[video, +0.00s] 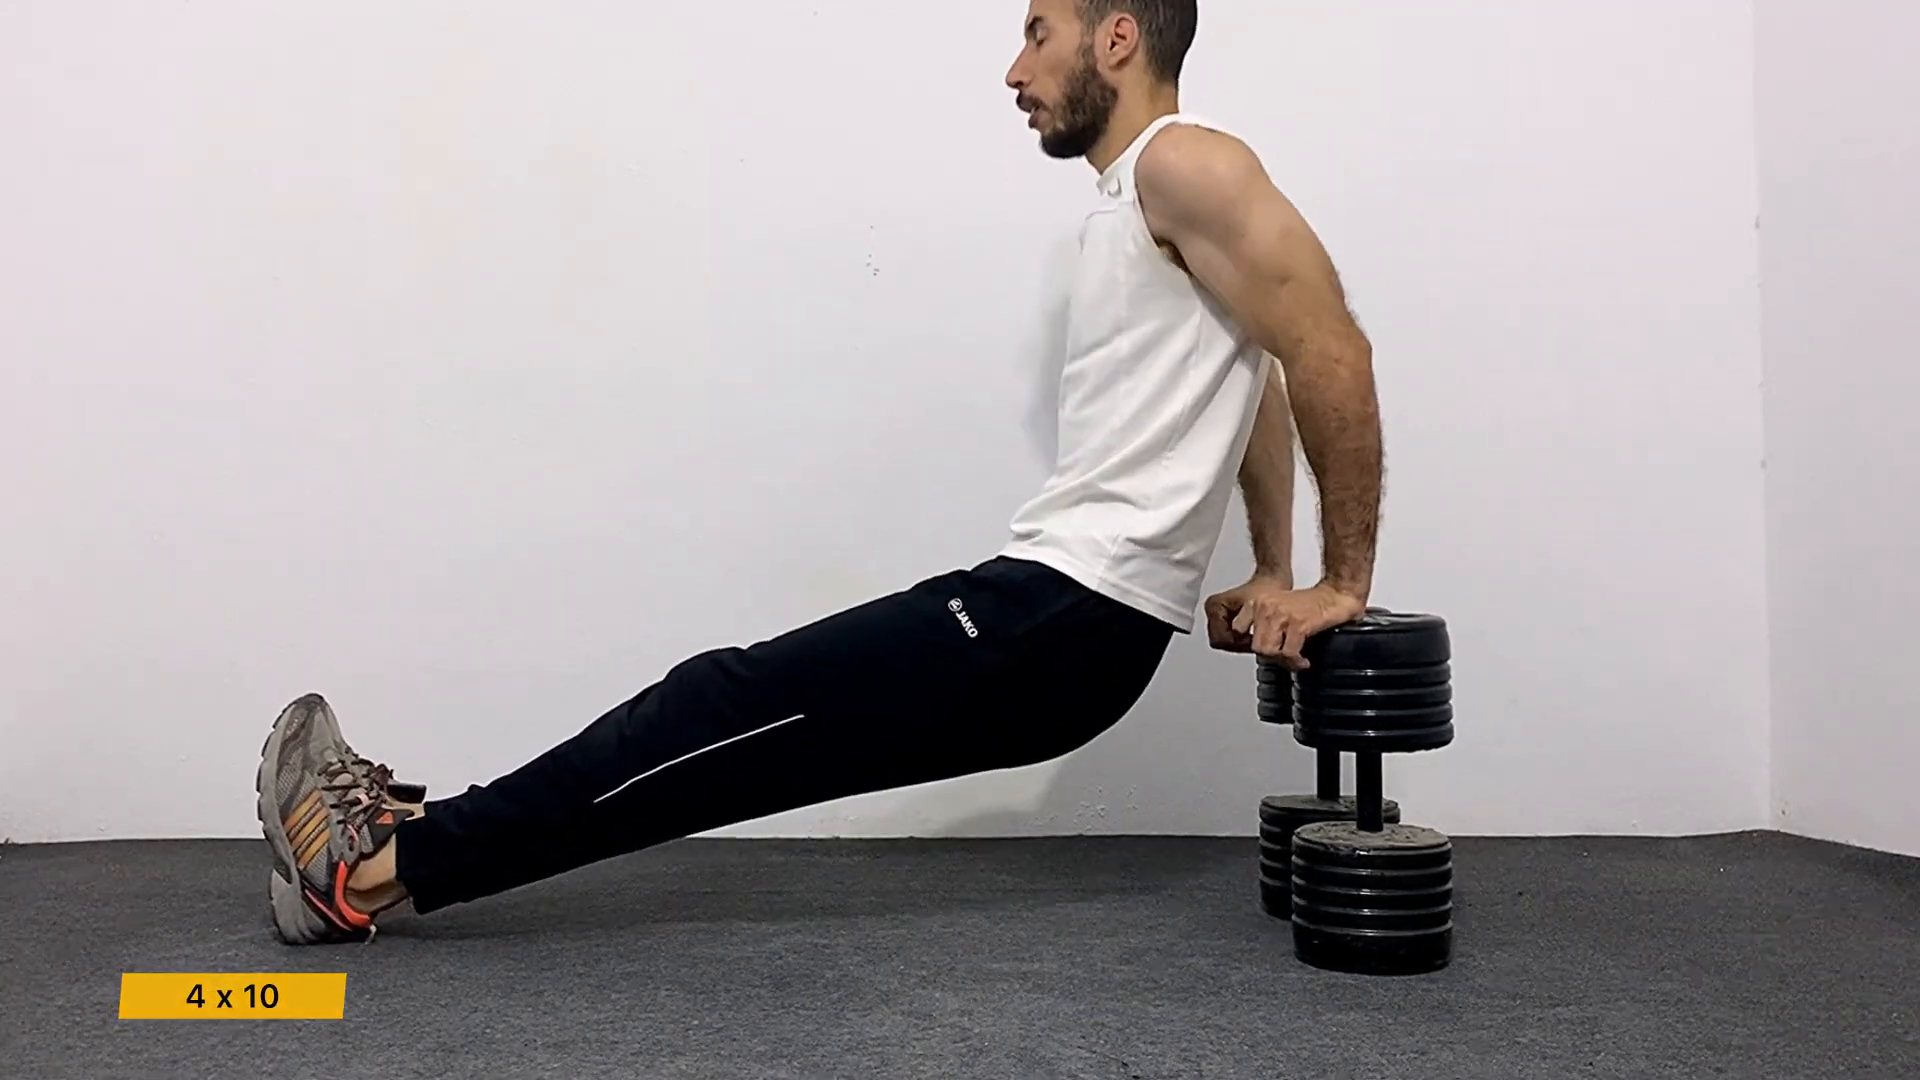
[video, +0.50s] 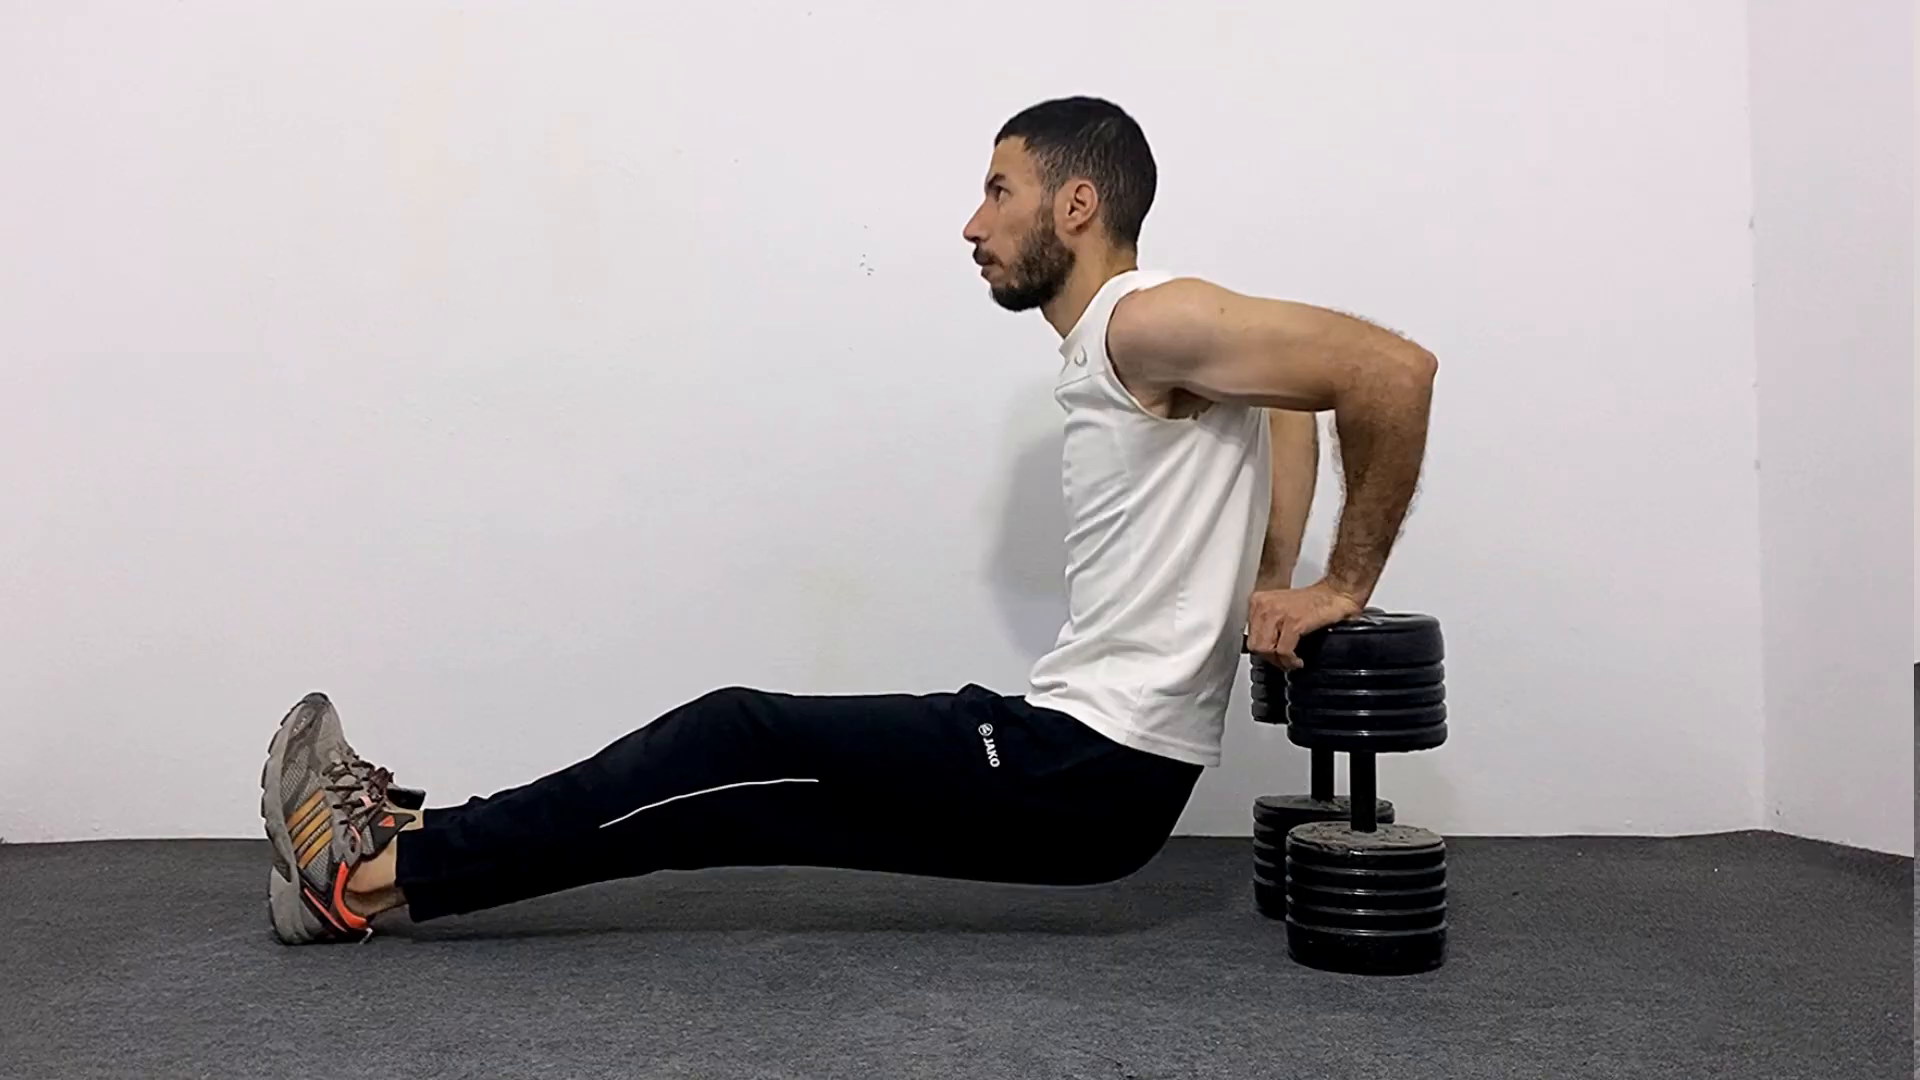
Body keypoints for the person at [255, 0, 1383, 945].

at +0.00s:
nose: (1015, 66)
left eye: (1036, 36)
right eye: (1021, 39)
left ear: (1120, 40)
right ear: (1109, 46)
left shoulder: (1188, 164)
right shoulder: (1151, 189)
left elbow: (1334, 350)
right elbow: (1262, 389)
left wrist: (1351, 583)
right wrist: (1267, 578)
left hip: (1074, 617)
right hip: (1051, 599)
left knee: (722, 719)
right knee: (715, 707)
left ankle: (388, 874)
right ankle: (414, 843)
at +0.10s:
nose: (1009, 93)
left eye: (1032, 63)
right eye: (1015, 66)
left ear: (1114, 70)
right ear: (1105, 77)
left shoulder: (1182, 194)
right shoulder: (1142, 223)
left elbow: (1354, 353)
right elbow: (1276, 400)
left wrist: (1356, 585)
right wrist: (1271, 578)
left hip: (1084, 642)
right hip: (1060, 628)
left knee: (719, 726)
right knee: (716, 718)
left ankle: (392, 872)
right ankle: (415, 846)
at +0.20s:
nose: (996, 127)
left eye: (1022, 97)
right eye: (1004, 98)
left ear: (1108, 109)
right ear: (1101, 115)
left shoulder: (1168, 228)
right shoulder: (1139, 257)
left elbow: (1375, 363)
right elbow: (1291, 403)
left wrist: (1351, 589)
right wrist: (1273, 583)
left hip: (1091, 675)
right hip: (1071, 664)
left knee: (730, 730)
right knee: (731, 729)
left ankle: (386, 877)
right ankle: (415, 847)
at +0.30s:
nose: (990, 166)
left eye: (1012, 134)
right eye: (996, 136)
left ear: (1097, 146)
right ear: (1098, 151)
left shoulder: (1165, 269)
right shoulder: (1137, 283)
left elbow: (1389, 364)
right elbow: (1304, 380)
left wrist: (1351, 587)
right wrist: (1279, 575)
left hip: (1096, 711)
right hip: (1075, 696)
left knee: (732, 732)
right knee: (731, 749)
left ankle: (393, 871)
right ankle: (414, 854)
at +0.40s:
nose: (985, 201)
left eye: (1006, 168)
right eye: (990, 172)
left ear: (1093, 175)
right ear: (1097, 180)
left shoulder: (1156, 301)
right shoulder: (1135, 304)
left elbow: (1397, 369)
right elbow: (1302, 378)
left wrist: (1354, 588)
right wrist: (1283, 573)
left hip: (1099, 737)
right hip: (1079, 723)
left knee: (737, 736)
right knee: (733, 760)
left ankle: (387, 878)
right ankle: (422, 849)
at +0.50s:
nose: (973, 227)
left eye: (996, 195)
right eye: (980, 199)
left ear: (1083, 202)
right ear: (1086, 206)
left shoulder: (1144, 323)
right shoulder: (1128, 322)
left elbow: (1395, 374)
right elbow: (1301, 378)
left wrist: (1347, 588)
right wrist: (1275, 566)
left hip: (1094, 758)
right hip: (1079, 744)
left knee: (733, 735)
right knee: (728, 783)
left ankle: (384, 868)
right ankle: (407, 855)